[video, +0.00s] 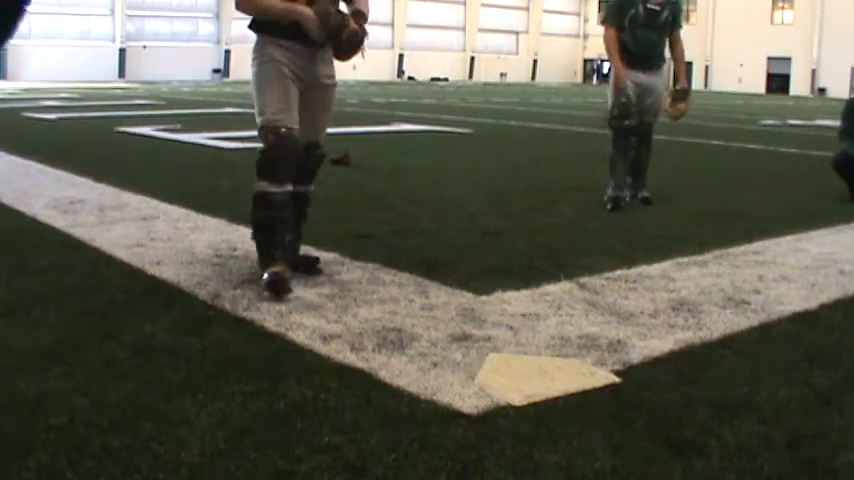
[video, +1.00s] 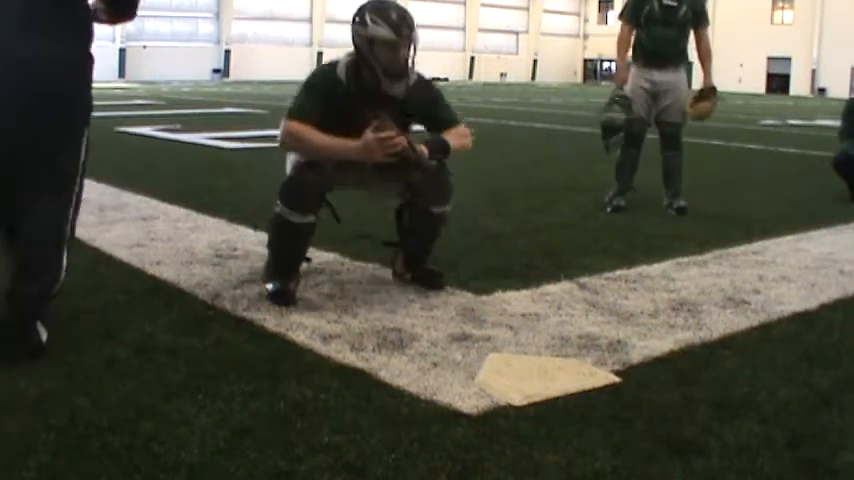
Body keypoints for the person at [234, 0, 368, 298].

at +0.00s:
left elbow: (359, 7)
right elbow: (244, 4)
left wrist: (355, 25)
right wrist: (299, 12)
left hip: (322, 53)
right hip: (276, 48)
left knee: (310, 153)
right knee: (280, 146)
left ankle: (290, 250)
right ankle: (272, 262)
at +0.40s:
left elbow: (371, 3)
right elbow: (250, 20)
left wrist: (370, 27)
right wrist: (312, 42)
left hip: (331, 60)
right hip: (280, 59)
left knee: (367, 153)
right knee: (285, 156)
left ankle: (325, 227)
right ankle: (279, 268)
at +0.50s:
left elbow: (383, 11)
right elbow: (254, 23)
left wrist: (377, 38)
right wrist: (318, 50)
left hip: (337, 57)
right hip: (283, 57)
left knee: (379, 146)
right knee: (286, 156)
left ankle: (366, 231)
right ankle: (279, 271)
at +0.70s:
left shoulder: (396, 4)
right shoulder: (301, 5)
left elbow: (420, 51)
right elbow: (268, 57)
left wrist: (395, 80)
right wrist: (331, 81)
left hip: (357, 86)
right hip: (298, 84)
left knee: (397, 161)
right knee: (294, 164)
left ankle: (409, 260)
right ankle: (280, 275)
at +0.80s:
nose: (384, 28)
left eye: (391, 20)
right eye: (376, 18)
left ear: (399, 8)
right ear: (356, 5)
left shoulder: (406, 32)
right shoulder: (320, 21)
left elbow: (439, 87)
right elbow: (279, 86)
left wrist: (405, 110)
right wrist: (341, 110)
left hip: (367, 108)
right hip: (308, 107)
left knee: (413, 164)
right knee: (302, 169)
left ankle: (412, 261)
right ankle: (280, 273)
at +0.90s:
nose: (395, 27)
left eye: (400, 17)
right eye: (385, 18)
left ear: (408, 17)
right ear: (361, 17)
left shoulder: (414, 63)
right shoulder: (325, 52)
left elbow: (452, 115)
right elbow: (287, 113)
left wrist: (416, 132)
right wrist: (354, 132)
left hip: (374, 143)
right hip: (316, 137)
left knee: (423, 169)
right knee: (307, 173)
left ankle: (412, 264)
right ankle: (281, 274)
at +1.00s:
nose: (397, 57)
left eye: (402, 47)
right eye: (387, 48)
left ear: (410, 45)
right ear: (363, 45)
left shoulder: (417, 88)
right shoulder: (327, 80)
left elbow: (462, 137)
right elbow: (290, 136)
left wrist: (424, 147)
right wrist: (359, 150)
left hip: (388, 166)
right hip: (329, 164)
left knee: (434, 179)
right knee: (305, 178)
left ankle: (411, 265)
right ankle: (282, 275)